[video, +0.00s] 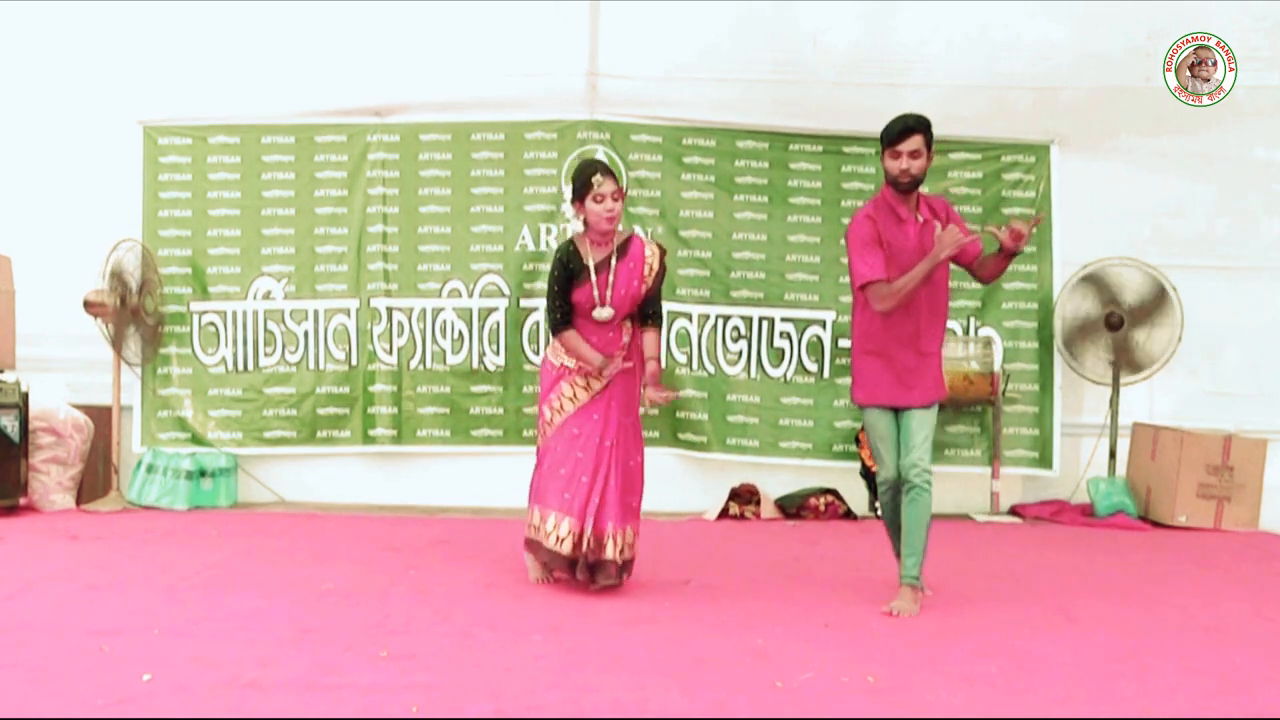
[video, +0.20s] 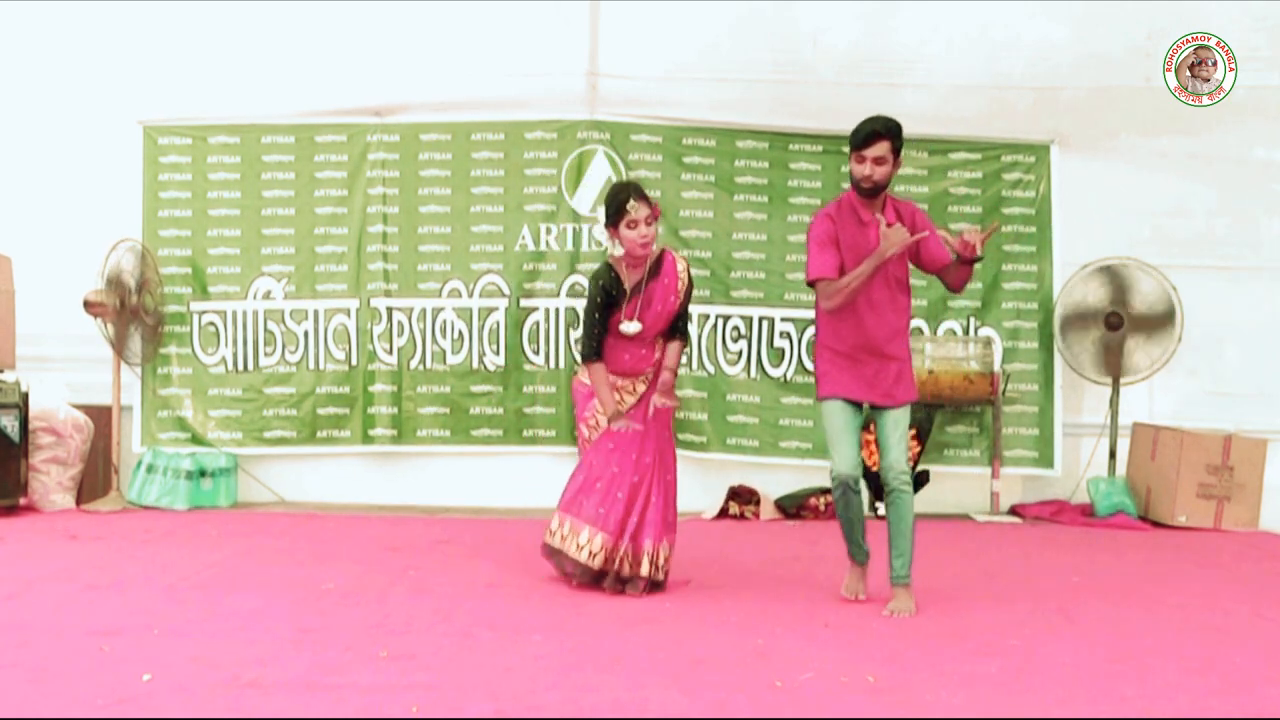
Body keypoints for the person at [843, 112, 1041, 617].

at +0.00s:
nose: (906, 164)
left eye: (916, 156)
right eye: (896, 155)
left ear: (929, 159)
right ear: (883, 158)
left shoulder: (940, 214)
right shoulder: (866, 221)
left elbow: (985, 271)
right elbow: (880, 298)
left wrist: (1007, 249)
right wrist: (934, 256)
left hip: (922, 364)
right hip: (875, 365)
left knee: (916, 470)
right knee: (891, 475)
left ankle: (911, 584)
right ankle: (909, 573)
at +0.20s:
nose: (869, 170)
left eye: (880, 162)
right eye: (862, 160)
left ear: (897, 165)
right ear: (849, 159)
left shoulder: (908, 216)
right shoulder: (829, 220)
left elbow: (953, 281)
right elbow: (828, 299)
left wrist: (966, 255)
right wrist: (881, 254)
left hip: (892, 362)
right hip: (838, 362)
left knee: (896, 475)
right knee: (844, 471)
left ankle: (901, 586)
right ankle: (856, 563)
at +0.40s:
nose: (822, 164)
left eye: (834, 156)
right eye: (815, 154)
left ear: (850, 159)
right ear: (803, 152)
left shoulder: (863, 207)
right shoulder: (780, 213)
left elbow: (911, 268)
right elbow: (784, 293)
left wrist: (929, 254)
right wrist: (844, 259)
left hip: (844, 359)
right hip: (795, 360)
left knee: (833, 465)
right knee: (811, 472)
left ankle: (828, 581)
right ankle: (845, 563)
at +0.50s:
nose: (790, 176)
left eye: (801, 167)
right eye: (782, 165)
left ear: (817, 170)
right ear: (770, 164)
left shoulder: (832, 221)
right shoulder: (748, 228)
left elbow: (876, 288)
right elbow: (743, 313)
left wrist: (898, 290)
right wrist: (806, 288)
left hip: (814, 373)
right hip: (761, 373)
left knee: (808, 476)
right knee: (768, 482)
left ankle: (813, 589)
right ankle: (816, 555)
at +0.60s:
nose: (766, 177)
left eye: (777, 168)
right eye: (758, 166)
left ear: (792, 171)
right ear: (745, 166)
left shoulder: (809, 220)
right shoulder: (722, 227)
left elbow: (850, 289)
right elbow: (711, 313)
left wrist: (873, 289)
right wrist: (764, 289)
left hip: (797, 370)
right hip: (742, 370)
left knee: (796, 474)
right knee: (736, 473)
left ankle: (811, 588)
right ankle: (773, 559)